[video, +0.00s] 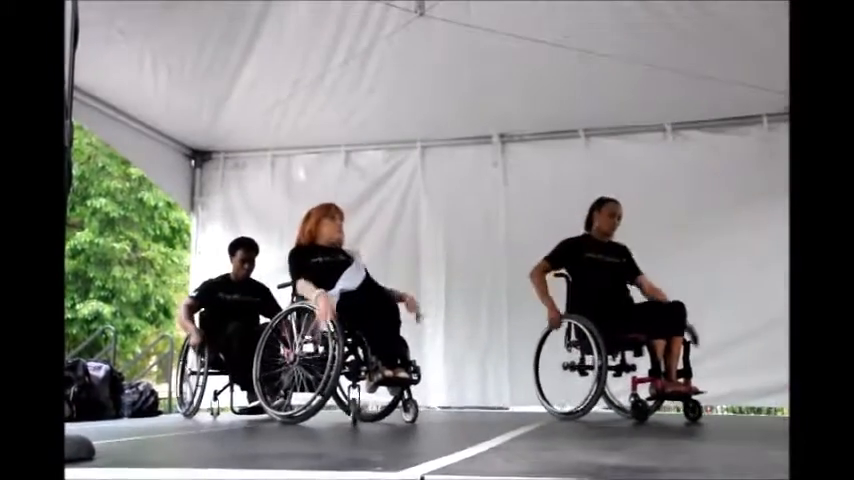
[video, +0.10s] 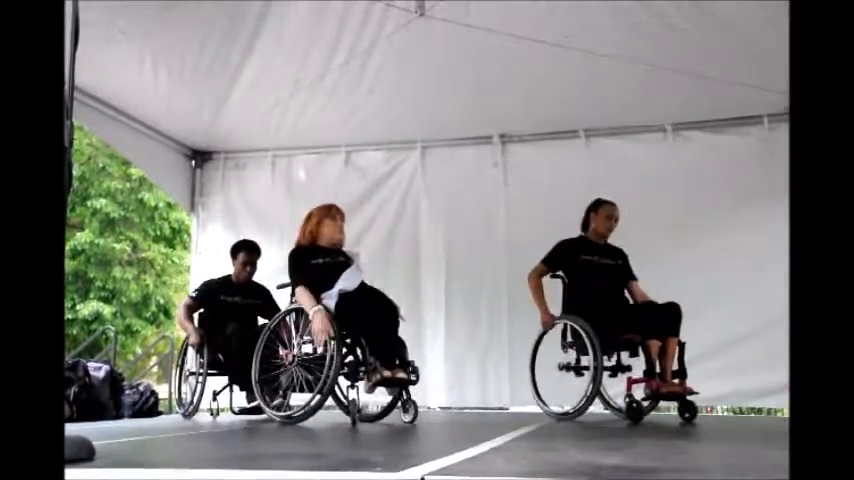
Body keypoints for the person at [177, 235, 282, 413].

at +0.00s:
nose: (248, 266)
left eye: (252, 261)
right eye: (244, 261)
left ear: (255, 262)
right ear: (232, 259)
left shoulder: (259, 291)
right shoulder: (214, 287)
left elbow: (282, 319)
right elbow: (186, 310)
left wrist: (289, 344)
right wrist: (193, 332)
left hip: (249, 346)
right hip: (216, 348)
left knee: (273, 331)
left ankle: (272, 394)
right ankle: (256, 395)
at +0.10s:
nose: (251, 269)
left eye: (254, 265)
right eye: (246, 264)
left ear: (257, 264)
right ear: (234, 262)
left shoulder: (260, 293)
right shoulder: (213, 288)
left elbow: (281, 321)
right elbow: (185, 311)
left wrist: (288, 346)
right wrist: (192, 332)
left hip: (248, 346)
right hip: (215, 348)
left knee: (270, 332)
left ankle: (273, 395)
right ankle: (254, 394)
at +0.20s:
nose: (252, 273)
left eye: (256, 269)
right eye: (248, 268)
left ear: (259, 268)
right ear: (236, 266)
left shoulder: (261, 295)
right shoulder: (214, 288)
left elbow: (280, 323)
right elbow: (183, 306)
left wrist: (286, 348)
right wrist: (191, 330)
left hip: (245, 349)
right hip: (213, 350)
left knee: (268, 334)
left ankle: (270, 393)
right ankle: (251, 393)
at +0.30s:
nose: (253, 276)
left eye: (257, 272)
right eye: (249, 271)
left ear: (261, 271)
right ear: (237, 269)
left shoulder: (262, 297)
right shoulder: (215, 289)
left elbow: (280, 323)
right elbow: (184, 304)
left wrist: (285, 346)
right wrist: (190, 329)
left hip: (244, 351)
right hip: (212, 352)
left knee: (270, 334)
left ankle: (269, 392)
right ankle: (252, 392)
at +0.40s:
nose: (255, 278)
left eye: (259, 274)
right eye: (251, 273)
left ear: (262, 273)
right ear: (239, 270)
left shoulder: (264, 297)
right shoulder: (215, 290)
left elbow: (281, 323)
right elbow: (184, 304)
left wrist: (285, 347)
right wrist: (192, 329)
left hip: (245, 351)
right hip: (213, 352)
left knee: (272, 339)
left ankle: (272, 395)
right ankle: (255, 394)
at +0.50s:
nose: (256, 277)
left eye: (259, 272)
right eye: (251, 272)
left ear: (263, 271)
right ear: (239, 269)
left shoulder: (264, 297)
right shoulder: (216, 290)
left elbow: (281, 323)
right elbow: (184, 305)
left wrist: (285, 347)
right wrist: (193, 329)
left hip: (247, 349)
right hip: (215, 349)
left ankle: (274, 393)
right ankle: (258, 394)